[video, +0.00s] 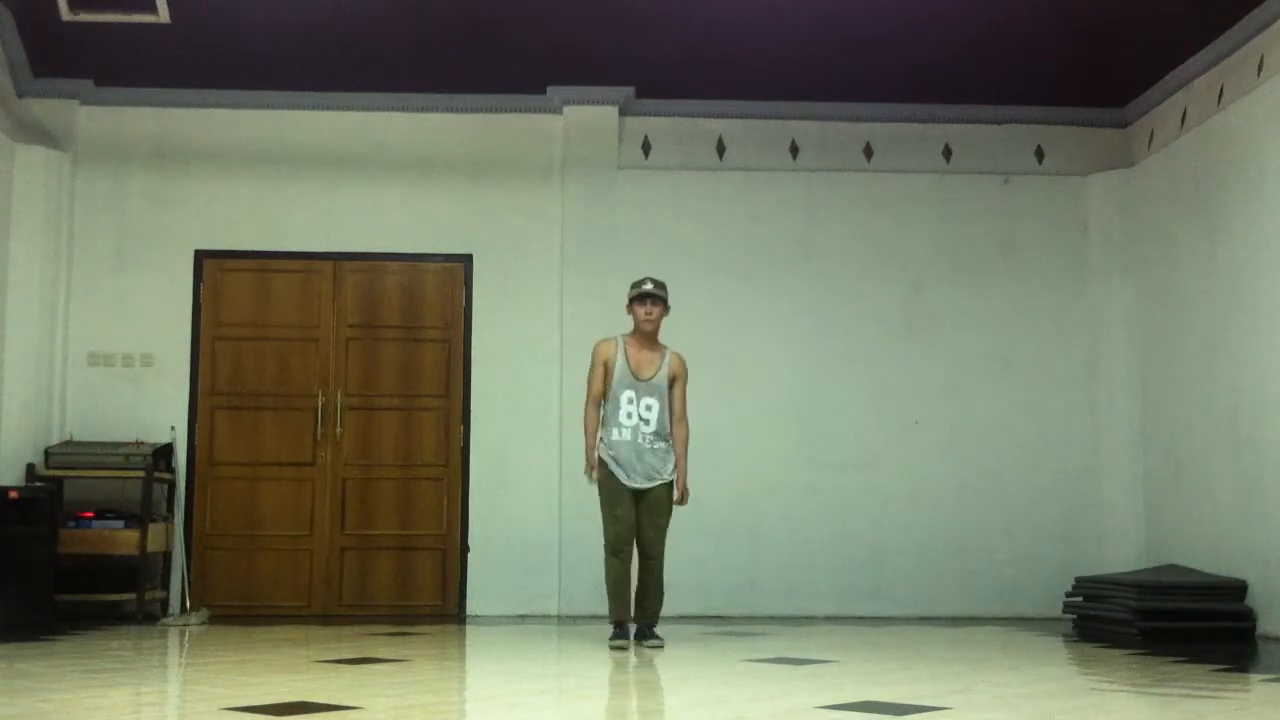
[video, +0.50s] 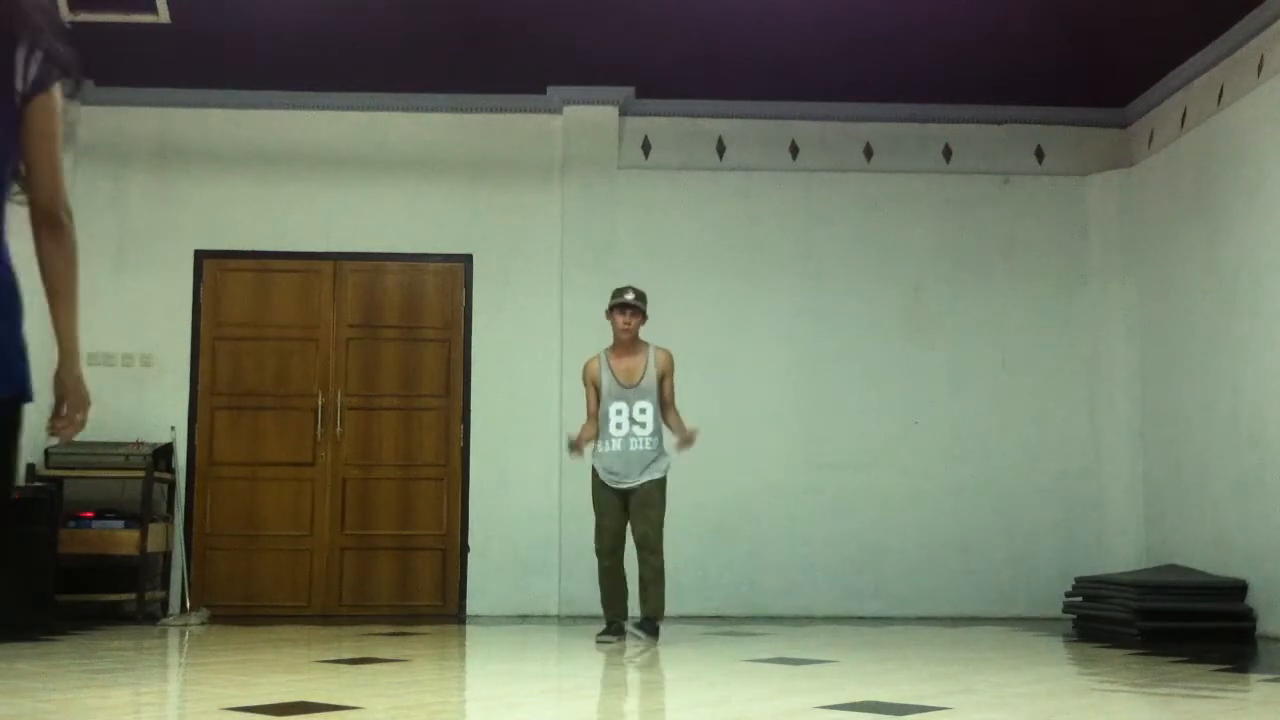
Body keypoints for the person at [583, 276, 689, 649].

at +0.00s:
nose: (648, 308)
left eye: (655, 302)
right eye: (641, 301)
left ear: (665, 310)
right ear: (630, 308)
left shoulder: (674, 363)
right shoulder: (607, 350)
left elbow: (679, 421)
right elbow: (593, 403)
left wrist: (681, 473)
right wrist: (591, 451)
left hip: (659, 470)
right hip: (614, 467)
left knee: (652, 549)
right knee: (618, 546)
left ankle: (647, 624)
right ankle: (620, 624)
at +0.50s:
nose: (626, 317)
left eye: (634, 312)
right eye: (620, 311)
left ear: (643, 318)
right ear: (610, 316)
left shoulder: (660, 359)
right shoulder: (594, 367)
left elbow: (668, 407)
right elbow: (592, 419)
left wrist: (681, 431)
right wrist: (582, 438)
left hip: (648, 472)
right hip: (607, 473)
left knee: (648, 546)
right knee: (608, 550)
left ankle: (650, 621)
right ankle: (614, 622)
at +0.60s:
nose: (628, 320)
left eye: (635, 315)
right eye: (622, 313)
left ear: (645, 320)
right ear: (612, 317)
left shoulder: (661, 359)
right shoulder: (594, 364)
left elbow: (670, 409)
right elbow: (589, 421)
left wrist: (697, 411)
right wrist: (573, 412)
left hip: (650, 470)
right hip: (607, 472)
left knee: (652, 544)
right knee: (608, 549)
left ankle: (657, 616)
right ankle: (613, 623)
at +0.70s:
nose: (636, 325)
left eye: (643, 320)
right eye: (630, 318)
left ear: (651, 325)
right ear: (618, 319)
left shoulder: (660, 366)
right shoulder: (595, 365)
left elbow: (676, 416)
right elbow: (580, 419)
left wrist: (707, 394)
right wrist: (567, 392)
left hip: (653, 472)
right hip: (609, 473)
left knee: (663, 540)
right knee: (609, 549)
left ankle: (676, 615)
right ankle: (614, 624)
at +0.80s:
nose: (642, 327)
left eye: (650, 322)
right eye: (637, 319)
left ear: (656, 327)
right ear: (624, 319)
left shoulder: (662, 366)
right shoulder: (598, 364)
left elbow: (677, 415)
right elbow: (580, 413)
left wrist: (710, 385)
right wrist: (568, 378)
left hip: (657, 473)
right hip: (612, 473)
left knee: (678, 538)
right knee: (611, 549)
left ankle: (695, 612)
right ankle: (614, 624)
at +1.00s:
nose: (650, 331)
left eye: (655, 324)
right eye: (642, 325)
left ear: (663, 329)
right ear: (631, 329)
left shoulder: (676, 373)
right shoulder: (612, 369)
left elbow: (691, 420)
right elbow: (594, 413)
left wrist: (717, 385)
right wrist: (578, 371)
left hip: (667, 480)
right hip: (622, 478)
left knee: (695, 545)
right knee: (616, 549)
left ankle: (710, 617)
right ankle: (615, 622)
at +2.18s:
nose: (692, 320)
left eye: (699, 312)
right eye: (686, 315)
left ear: (714, 315)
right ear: (681, 321)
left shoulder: (740, 364)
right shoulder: (672, 361)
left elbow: (745, 421)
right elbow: (671, 415)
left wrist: (738, 469)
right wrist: (682, 456)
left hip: (722, 474)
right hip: (677, 471)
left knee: (723, 552)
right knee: (658, 543)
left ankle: (718, 621)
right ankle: (650, 617)